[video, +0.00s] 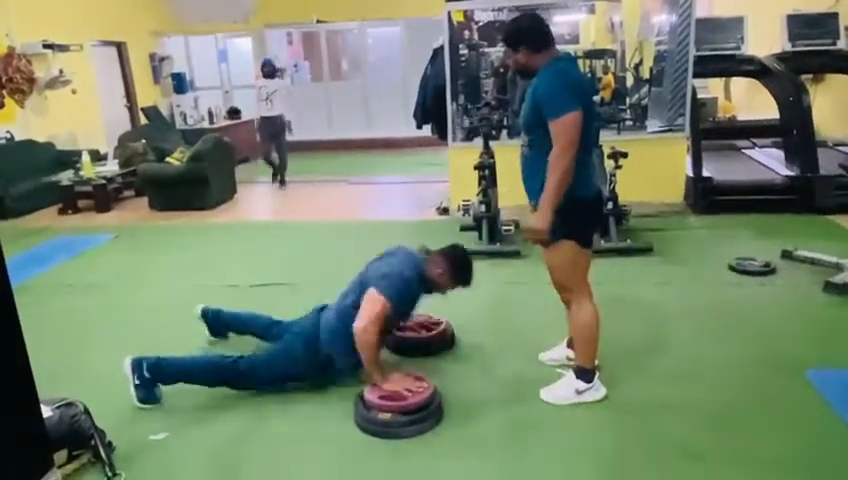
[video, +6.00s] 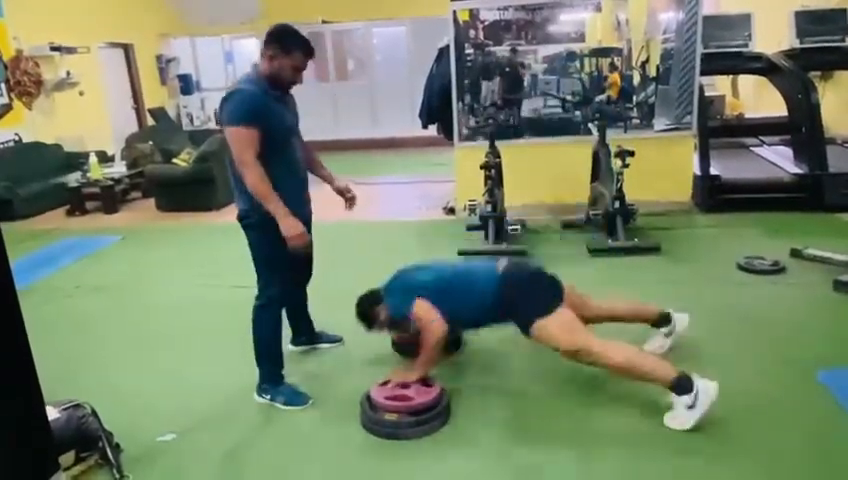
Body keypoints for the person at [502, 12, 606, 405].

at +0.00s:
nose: (510, 61)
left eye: (512, 53)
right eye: (509, 53)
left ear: (527, 49)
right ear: (542, 42)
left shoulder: (556, 81)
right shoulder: (558, 74)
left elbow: (565, 150)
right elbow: (567, 147)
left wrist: (545, 210)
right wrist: (548, 202)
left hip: (570, 201)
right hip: (566, 197)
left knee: (575, 290)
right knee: (568, 282)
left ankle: (586, 379)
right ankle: (577, 346)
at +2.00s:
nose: (365, 282)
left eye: (361, 277)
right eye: (361, 278)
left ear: (364, 264)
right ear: (372, 250)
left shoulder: (391, 272)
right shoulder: (406, 248)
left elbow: (414, 323)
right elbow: (427, 310)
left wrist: (414, 376)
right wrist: (418, 347)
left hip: (494, 332)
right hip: (500, 308)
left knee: (561, 375)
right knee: (567, 330)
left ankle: (664, 396)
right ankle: (646, 325)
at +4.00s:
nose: (548, 68)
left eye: (548, 61)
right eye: (547, 61)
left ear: (557, 58)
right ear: (580, 45)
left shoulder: (592, 85)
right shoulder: (596, 77)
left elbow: (603, 150)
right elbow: (600, 146)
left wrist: (571, 208)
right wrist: (567, 188)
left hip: (597, 203)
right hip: (596, 200)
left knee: (593, 294)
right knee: (586, 285)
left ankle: (602, 386)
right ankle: (593, 351)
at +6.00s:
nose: (391, 329)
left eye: (385, 326)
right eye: (384, 327)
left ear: (382, 312)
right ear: (380, 297)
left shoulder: (400, 297)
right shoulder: (406, 279)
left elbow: (437, 327)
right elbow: (448, 327)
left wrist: (417, 371)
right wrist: (429, 345)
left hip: (518, 295)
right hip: (520, 273)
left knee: (587, 349)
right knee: (588, 309)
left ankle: (687, 387)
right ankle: (666, 318)